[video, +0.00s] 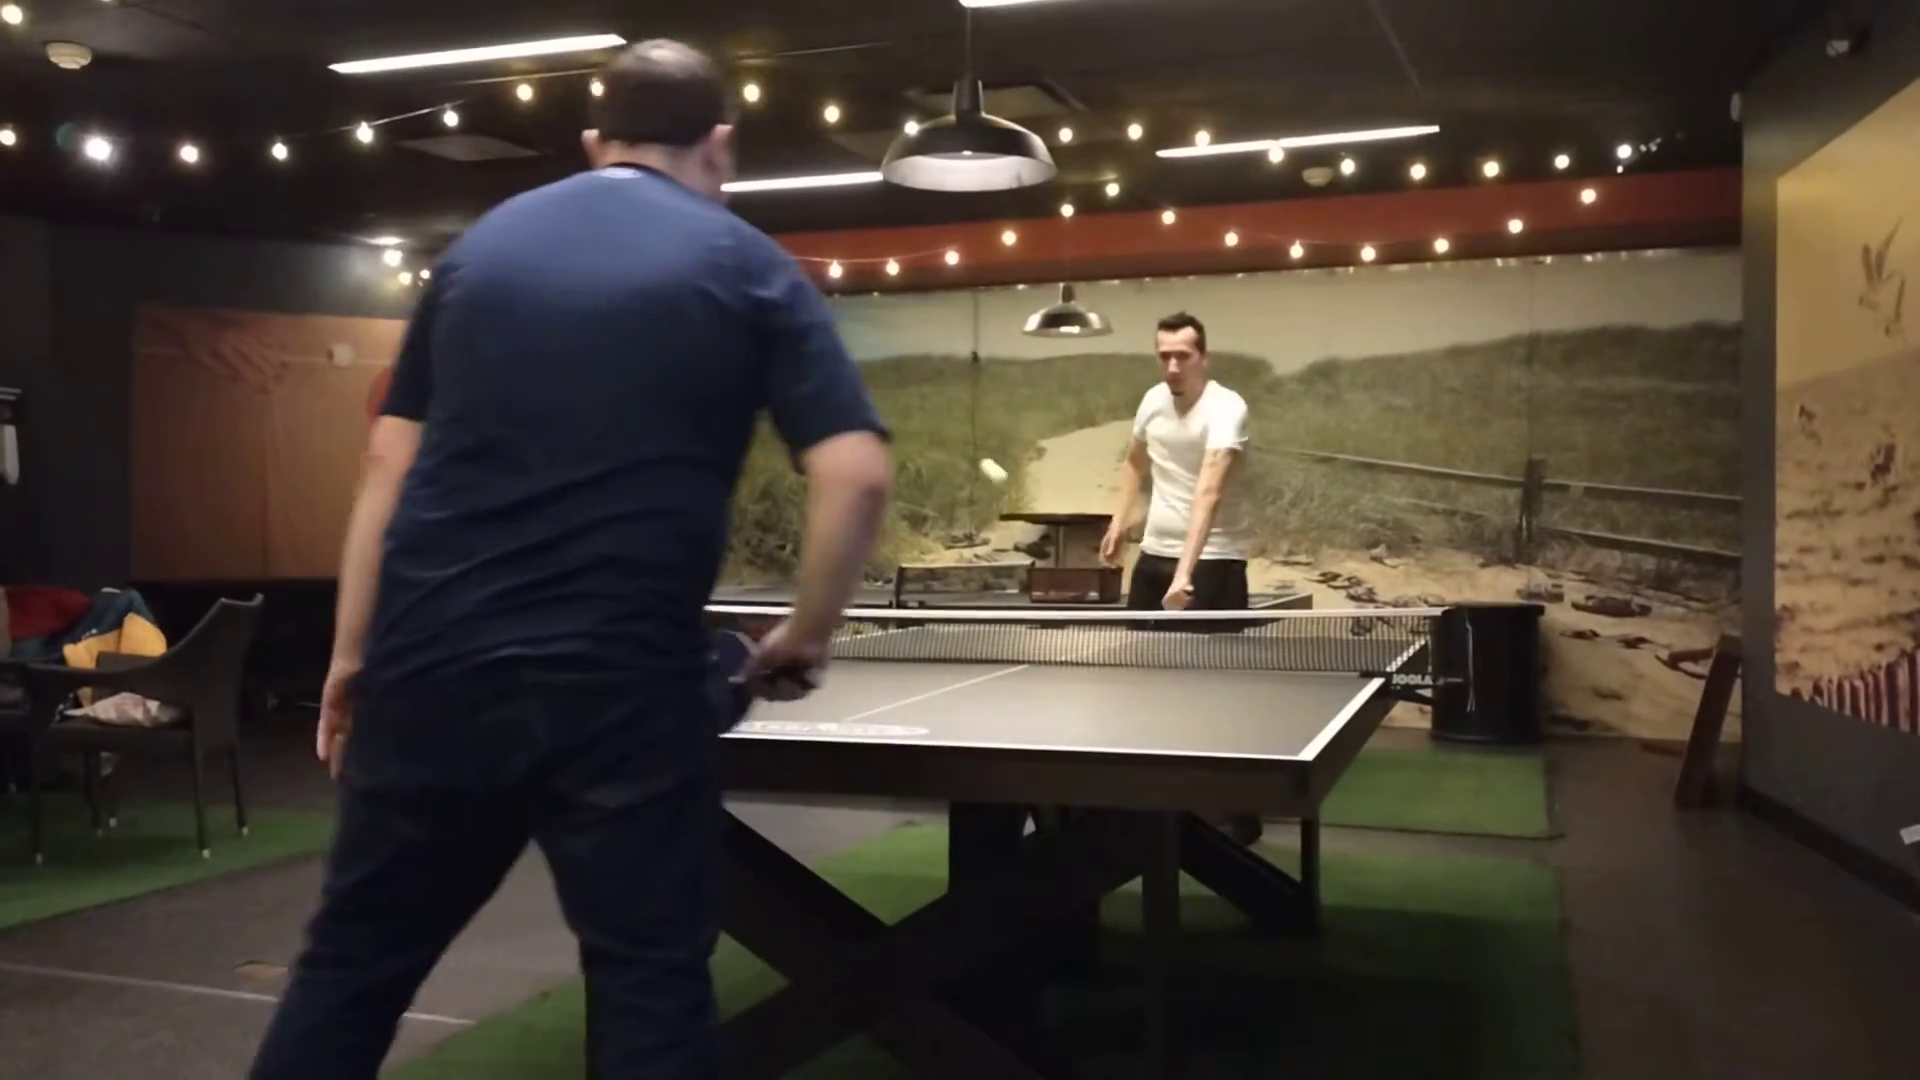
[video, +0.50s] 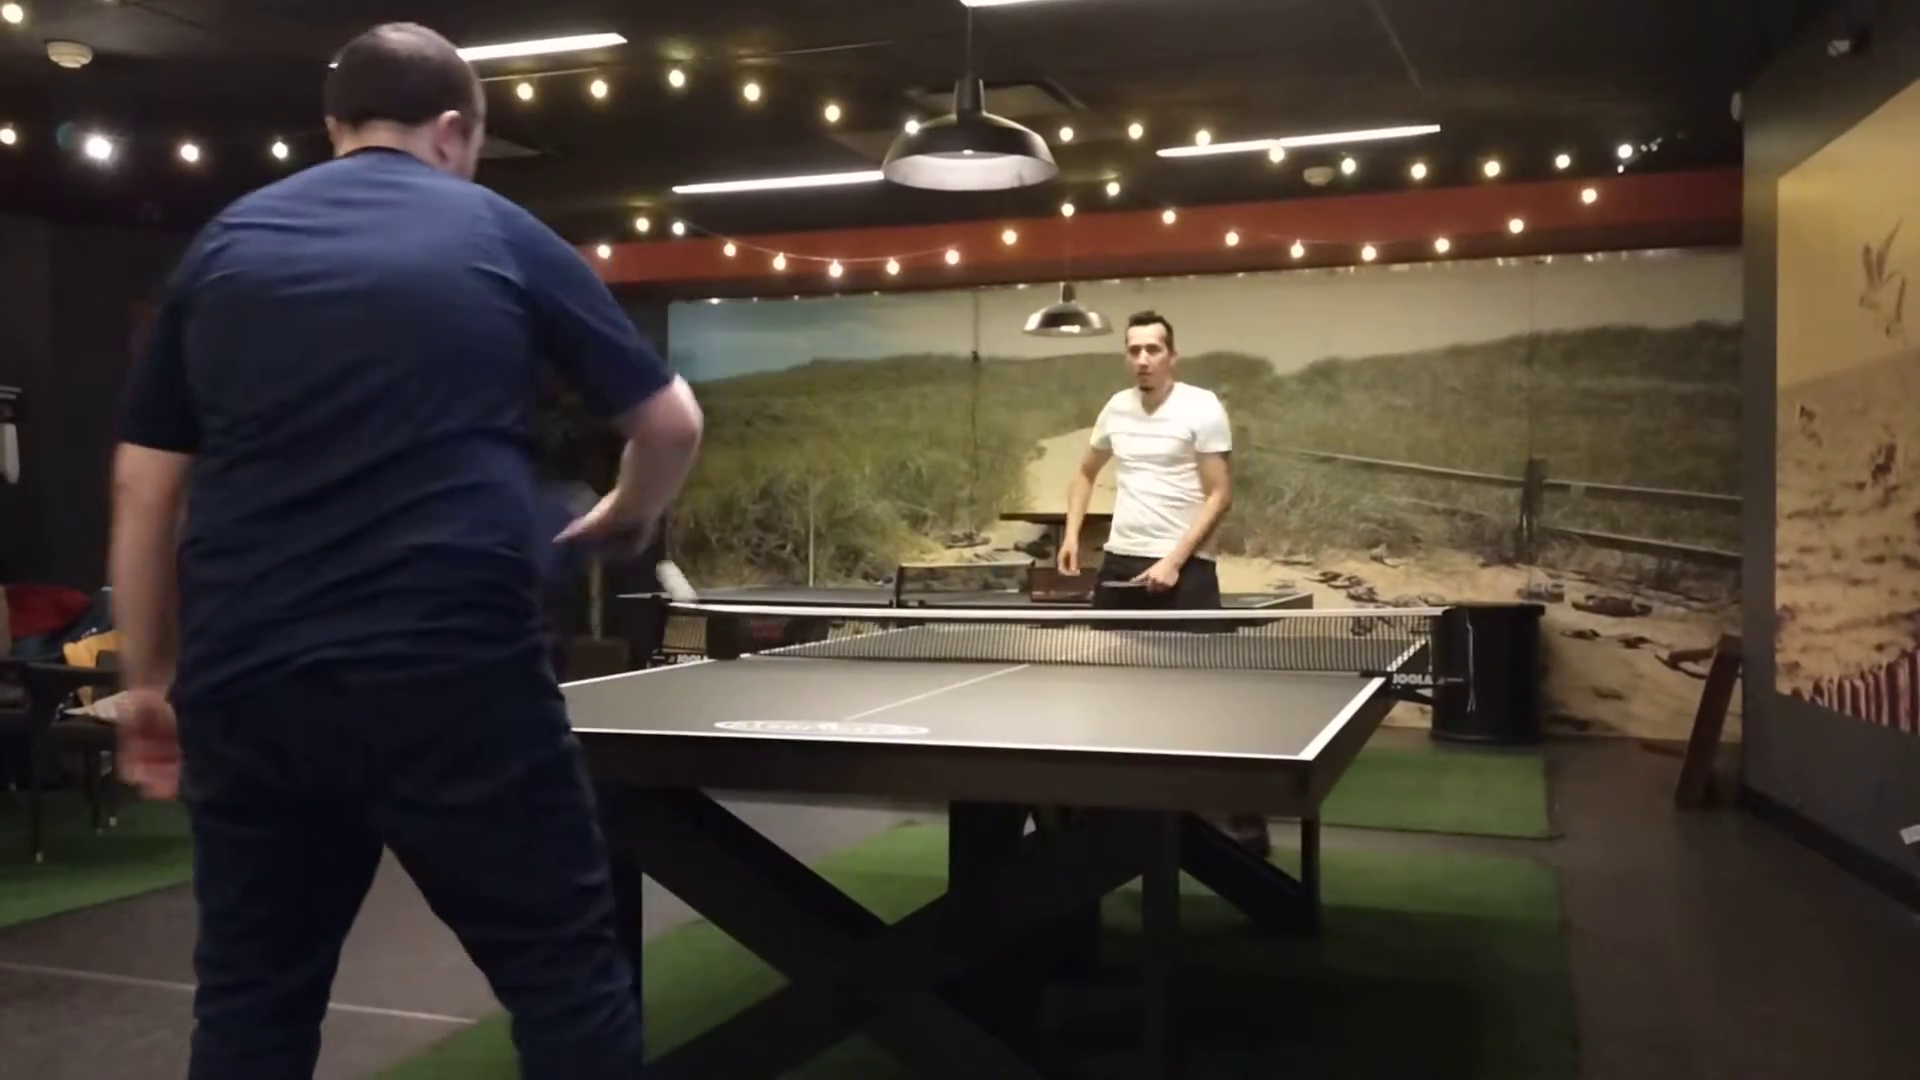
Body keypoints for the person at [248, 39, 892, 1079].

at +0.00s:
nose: (728, 172)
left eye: (727, 158)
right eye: (729, 155)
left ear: (593, 144)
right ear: (717, 146)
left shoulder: (481, 244)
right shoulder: (744, 258)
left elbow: (392, 458)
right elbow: (855, 472)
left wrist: (349, 657)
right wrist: (804, 636)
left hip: (430, 683)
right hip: (627, 695)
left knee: (348, 971)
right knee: (650, 996)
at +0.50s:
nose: (475, 161)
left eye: (475, 145)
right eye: (476, 141)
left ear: (334, 127)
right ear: (452, 132)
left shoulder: (226, 238)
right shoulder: (493, 227)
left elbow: (143, 476)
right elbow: (670, 422)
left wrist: (144, 676)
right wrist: (621, 518)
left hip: (252, 691)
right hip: (458, 678)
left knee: (247, 1005)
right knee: (567, 981)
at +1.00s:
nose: (555, 157)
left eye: (551, 142)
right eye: (554, 140)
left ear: (413, 133)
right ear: (534, 130)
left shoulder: (305, 239)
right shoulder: (588, 235)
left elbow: (211, 463)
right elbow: (750, 416)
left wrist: (174, 667)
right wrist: (685, 550)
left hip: (337, 685)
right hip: (544, 678)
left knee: (294, 1011)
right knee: (580, 1013)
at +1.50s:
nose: (673, 148)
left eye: (676, 127)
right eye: (673, 125)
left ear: (540, 113)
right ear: (649, 115)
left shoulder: (427, 220)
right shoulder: (659, 228)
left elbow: (339, 424)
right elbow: (687, 411)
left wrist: (362, 578)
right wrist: (740, 606)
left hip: (380, 650)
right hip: (565, 668)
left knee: (326, 980)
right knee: (595, 998)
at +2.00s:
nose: (662, 128)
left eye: (660, 107)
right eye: (663, 105)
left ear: (523, 102)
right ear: (635, 96)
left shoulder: (400, 224)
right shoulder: (662, 231)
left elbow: (336, 432)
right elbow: (730, 440)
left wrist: (384, 576)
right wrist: (761, 624)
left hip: (410, 649)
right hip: (590, 663)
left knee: (411, 957)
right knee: (602, 981)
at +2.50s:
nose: (642, 162)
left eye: (648, 136)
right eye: (646, 131)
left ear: (524, 99)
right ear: (605, 105)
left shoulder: (399, 221)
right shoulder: (614, 222)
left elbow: (349, 450)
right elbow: (614, 415)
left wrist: (368, 621)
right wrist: (618, 637)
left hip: (406, 655)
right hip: (571, 659)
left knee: (402, 973)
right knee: (661, 965)